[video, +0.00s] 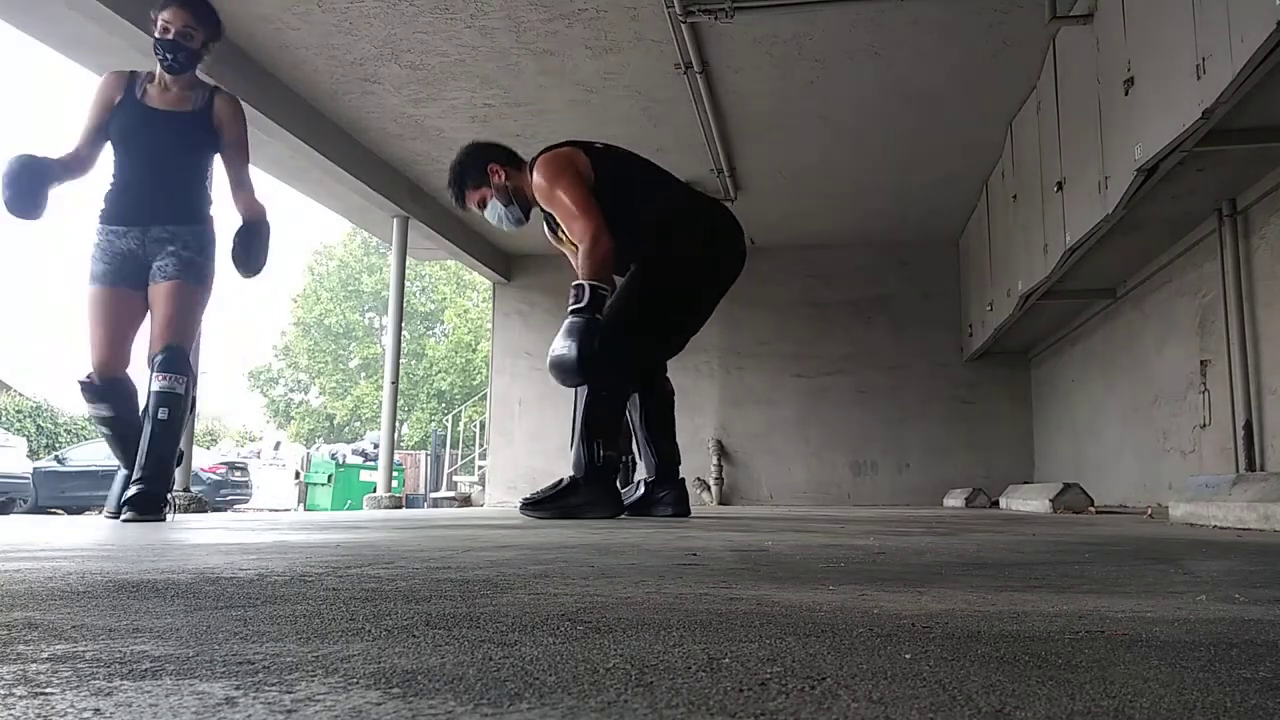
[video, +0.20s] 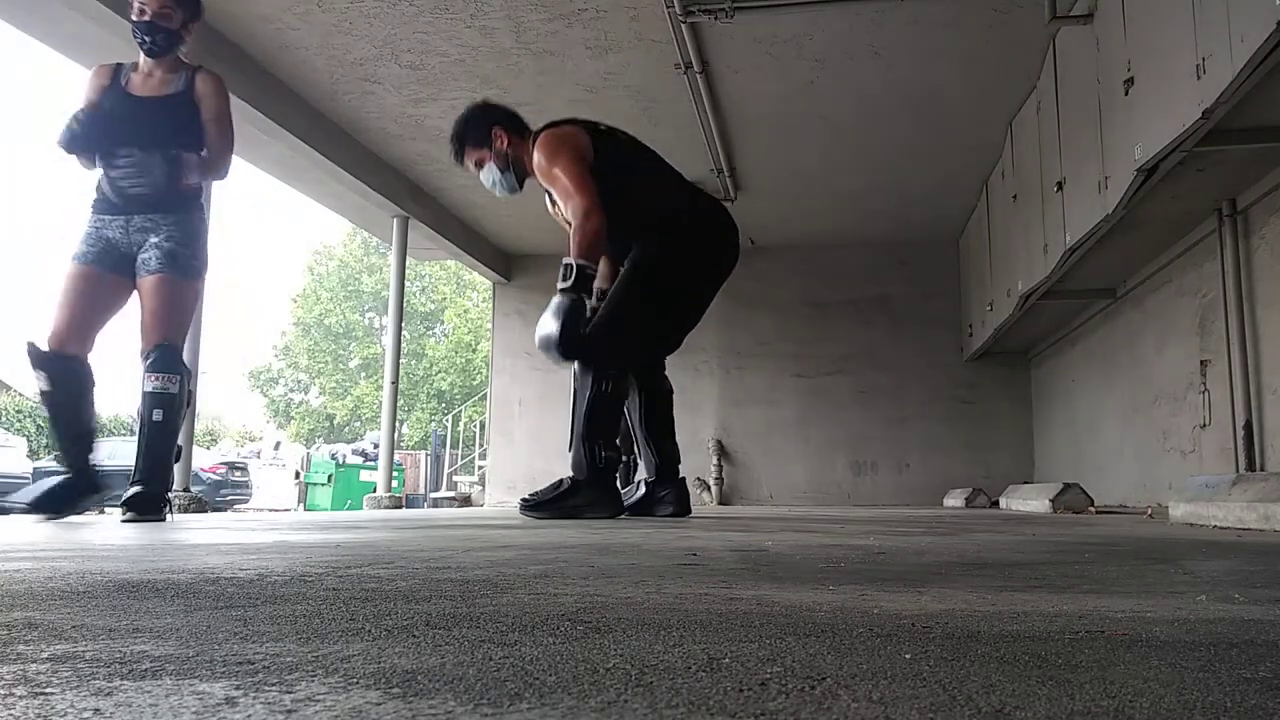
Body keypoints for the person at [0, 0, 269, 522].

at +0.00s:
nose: (172, 39)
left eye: (187, 33)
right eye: (166, 27)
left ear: (205, 45)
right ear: (153, 31)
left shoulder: (220, 105)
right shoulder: (119, 85)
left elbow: (241, 182)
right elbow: (81, 158)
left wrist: (255, 220)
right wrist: (44, 170)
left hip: (184, 237)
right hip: (118, 233)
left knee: (169, 361)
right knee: (103, 375)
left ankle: (151, 489)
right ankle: (138, 469)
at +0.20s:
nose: (149, 19)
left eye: (164, 12)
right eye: (142, 10)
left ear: (188, 23)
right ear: (132, 17)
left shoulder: (204, 84)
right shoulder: (107, 76)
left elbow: (221, 160)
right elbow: (87, 151)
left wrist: (191, 168)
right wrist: (80, 136)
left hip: (171, 224)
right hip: (108, 221)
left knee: (161, 354)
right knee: (62, 347)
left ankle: (150, 487)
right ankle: (81, 475)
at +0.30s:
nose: (136, 7)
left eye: (153, 2)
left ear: (175, 14)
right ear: (116, 8)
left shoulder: (192, 75)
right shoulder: (95, 71)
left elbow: (213, 157)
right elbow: (71, 154)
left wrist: (169, 154)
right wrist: (65, 123)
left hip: (164, 219)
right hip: (97, 217)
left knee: (156, 354)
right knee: (53, 348)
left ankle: (149, 488)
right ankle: (19, 482)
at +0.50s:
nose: (108, 10)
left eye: (121, 4)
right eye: (100, 3)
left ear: (138, 9)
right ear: (83, 6)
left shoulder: (158, 67)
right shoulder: (47, 54)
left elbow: (195, 149)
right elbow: (14, 135)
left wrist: (160, 147)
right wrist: (34, 108)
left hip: (133, 216)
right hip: (59, 211)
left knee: (133, 354)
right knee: (17, 346)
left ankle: (146, 489)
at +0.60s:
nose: (85, 11)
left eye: (97, 8)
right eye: (77, 6)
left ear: (113, 8)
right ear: (61, 3)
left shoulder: (139, 56)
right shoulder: (23, 42)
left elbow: (180, 139)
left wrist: (152, 138)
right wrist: (19, 101)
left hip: (112, 211)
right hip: (35, 204)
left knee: (113, 348)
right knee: (8, 341)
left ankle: (146, 486)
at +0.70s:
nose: (71, 1)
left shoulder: (124, 45)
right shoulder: (13, 32)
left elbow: (171, 128)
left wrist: (123, 129)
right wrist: (30, 89)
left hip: (99, 203)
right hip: (22, 197)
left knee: (101, 338)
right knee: (8, 340)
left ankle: (140, 476)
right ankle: (2, 478)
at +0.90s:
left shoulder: (113, 34)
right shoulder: (4, 21)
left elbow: (156, 120)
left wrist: (131, 126)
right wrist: (1, 85)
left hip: (89, 198)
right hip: (12, 193)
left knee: (93, 332)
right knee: (5, 340)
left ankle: (89, 478)